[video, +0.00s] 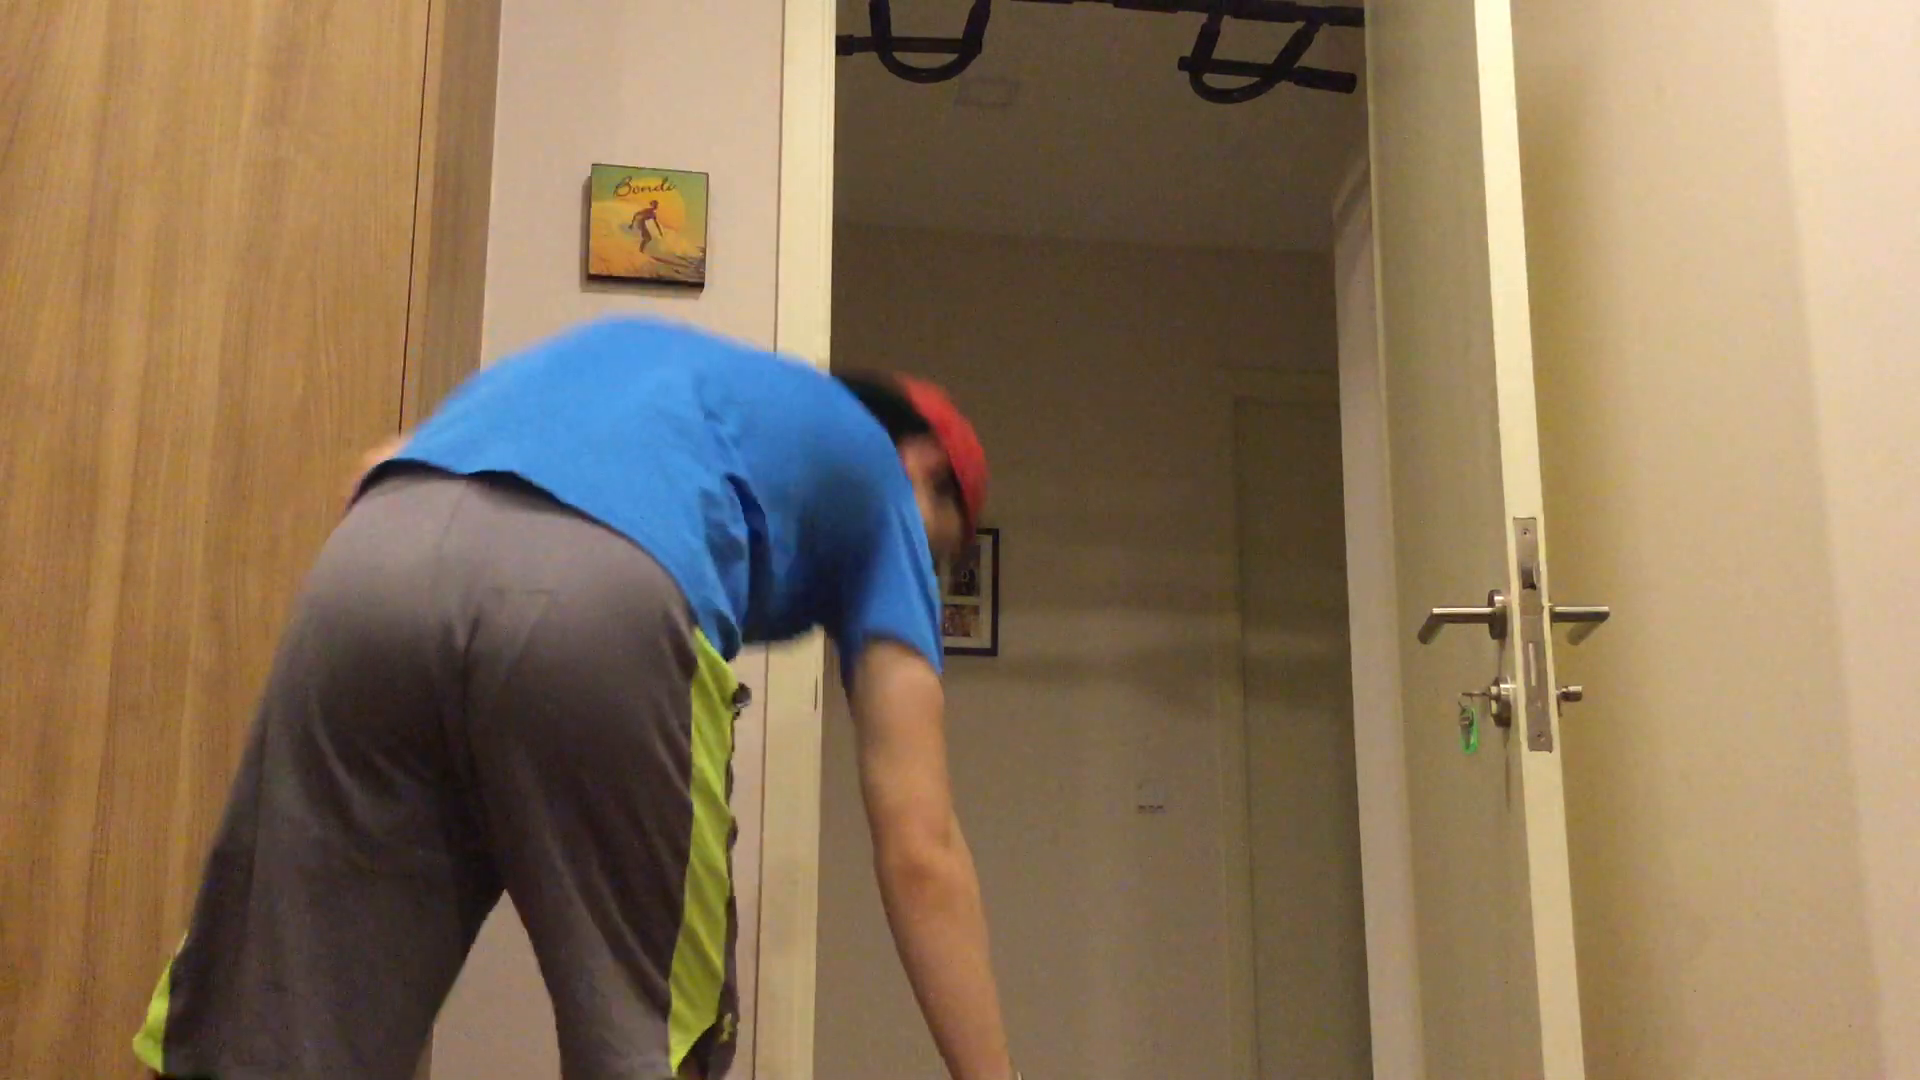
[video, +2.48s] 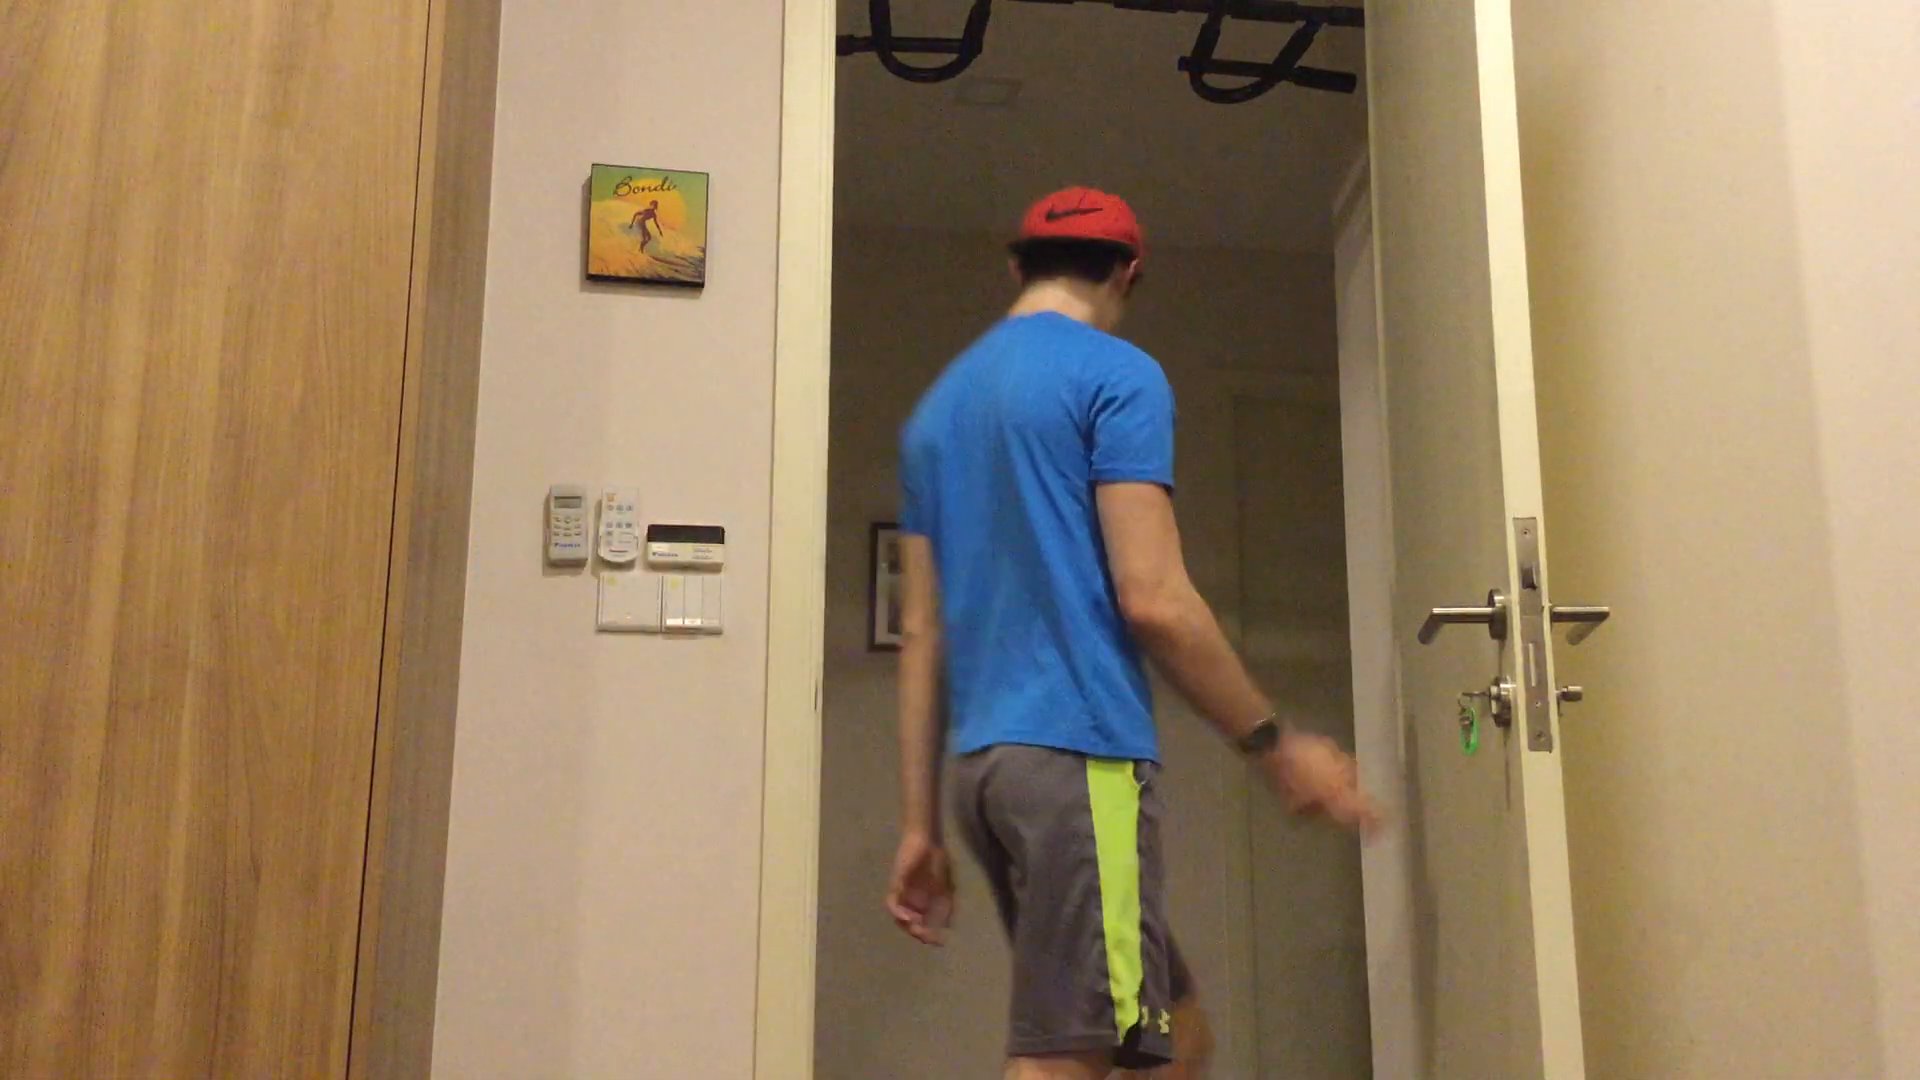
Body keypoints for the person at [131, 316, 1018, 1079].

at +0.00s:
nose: (919, 557)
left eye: (941, 547)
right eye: (934, 526)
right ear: (914, 456)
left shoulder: (613, 352)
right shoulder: (875, 473)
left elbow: (377, 470)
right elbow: (919, 846)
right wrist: (989, 1071)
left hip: (384, 540)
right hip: (602, 585)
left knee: (292, 1017)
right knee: (645, 1034)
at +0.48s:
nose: (994, 682)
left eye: (1016, 678)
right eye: (1015, 656)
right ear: (993, 581)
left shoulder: (752, 495)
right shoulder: (937, 602)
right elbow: (908, 948)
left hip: (421, 538)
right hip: (613, 584)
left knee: (310, 1039)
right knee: (641, 1050)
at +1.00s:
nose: (1000, 670)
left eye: (1023, 657)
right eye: (1021, 640)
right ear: (1001, 573)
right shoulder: (940, 585)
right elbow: (946, 941)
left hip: (431, 578)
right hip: (609, 608)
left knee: (494, 1044)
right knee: (635, 1050)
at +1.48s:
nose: (976, 348)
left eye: (986, 324)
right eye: (985, 319)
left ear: (872, 276)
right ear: (966, 292)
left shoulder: (751, 344)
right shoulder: (909, 364)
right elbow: (841, 586)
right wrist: (834, 827)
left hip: (507, 633)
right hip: (645, 629)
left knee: (558, 1045)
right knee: (722, 1033)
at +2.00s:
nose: (986, 248)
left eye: (988, 225)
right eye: (988, 223)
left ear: (869, 203)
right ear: (972, 211)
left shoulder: (788, 323)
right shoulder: (946, 321)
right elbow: (917, 557)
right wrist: (946, 779)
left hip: (761, 721)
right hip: (870, 731)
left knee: (710, 1042)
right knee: (939, 1051)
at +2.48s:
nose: (1128, 303)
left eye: (1127, 286)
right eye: (1130, 284)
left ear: (1019, 268)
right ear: (1123, 274)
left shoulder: (935, 410)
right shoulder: (1112, 371)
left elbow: (921, 631)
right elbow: (1152, 599)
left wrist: (919, 820)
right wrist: (1275, 744)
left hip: (981, 770)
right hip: (1079, 764)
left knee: (1174, 1030)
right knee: (1057, 1060)